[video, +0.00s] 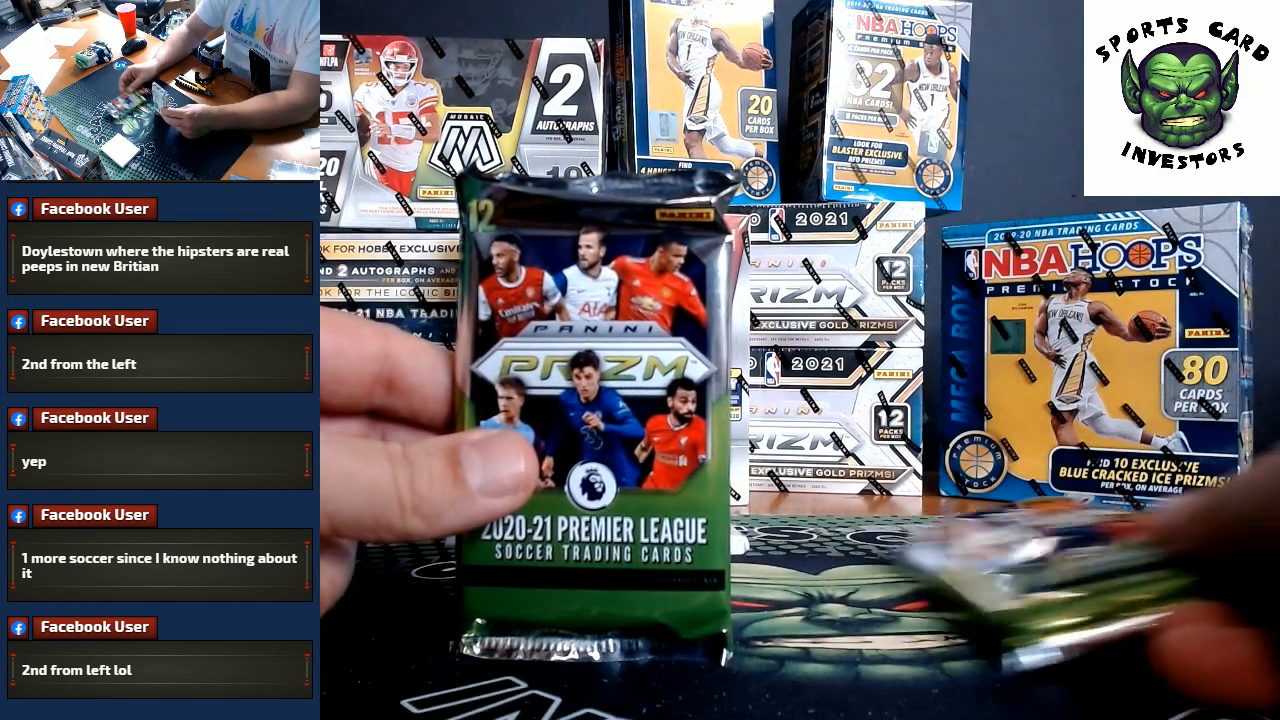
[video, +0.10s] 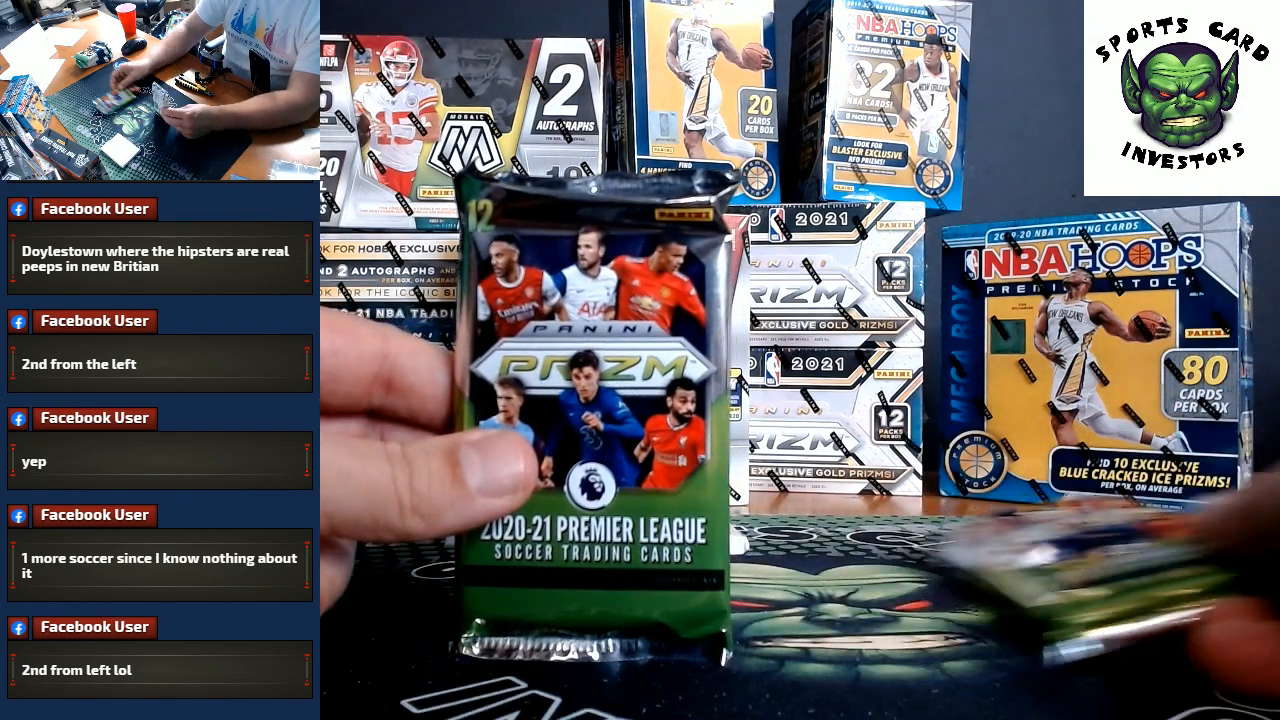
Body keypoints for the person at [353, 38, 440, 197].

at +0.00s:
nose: (399, 71)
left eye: (404, 67)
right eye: (393, 66)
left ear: (412, 68)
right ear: (384, 66)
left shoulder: (423, 92)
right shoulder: (366, 91)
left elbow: (433, 132)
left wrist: (392, 130)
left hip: (405, 172)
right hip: (376, 168)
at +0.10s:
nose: (399, 71)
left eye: (404, 67)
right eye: (393, 66)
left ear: (412, 68)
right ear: (384, 66)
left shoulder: (423, 92)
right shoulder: (366, 91)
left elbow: (433, 132)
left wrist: (392, 130)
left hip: (405, 172)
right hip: (376, 168)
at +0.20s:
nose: (399, 71)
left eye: (404, 67)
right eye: (393, 66)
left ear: (412, 68)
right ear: (384, 66)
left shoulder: (423, 92)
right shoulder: (366, 91)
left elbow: (433, 132)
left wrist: (392, 130)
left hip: (405, 172)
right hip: (376, 168)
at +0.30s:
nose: (399, 71)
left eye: (405, 65)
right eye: (393, 64)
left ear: (412, 66)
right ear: (382, 65)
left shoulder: (421, 91)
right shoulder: (365, 91)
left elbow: (432, 131)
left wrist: (392, 129)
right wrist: (365, 129)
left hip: (404, 172)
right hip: (373, 168)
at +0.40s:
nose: (398, 70)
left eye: (404, 64)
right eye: (392, 63)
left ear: (412, 65)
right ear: (381, 64)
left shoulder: (423, 89)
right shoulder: (364, 90)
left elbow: (432, 130)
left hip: (404, 168)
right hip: (372, 164)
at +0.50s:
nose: (399, 70)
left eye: (405, 64)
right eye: (393, 63)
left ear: (413, 65)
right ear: (382, 64)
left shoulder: (424, 90)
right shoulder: (365, 90)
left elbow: (432, 130)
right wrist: (370, 126)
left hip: (406, 170)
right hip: (374, 165)